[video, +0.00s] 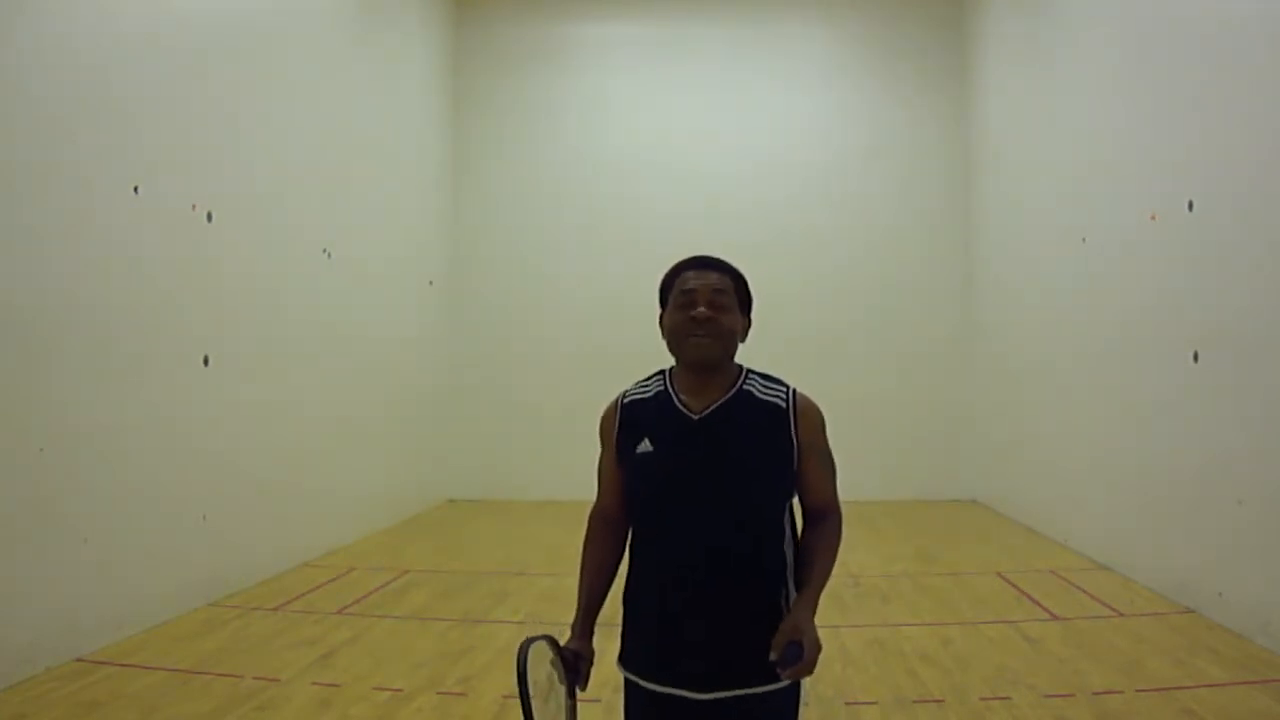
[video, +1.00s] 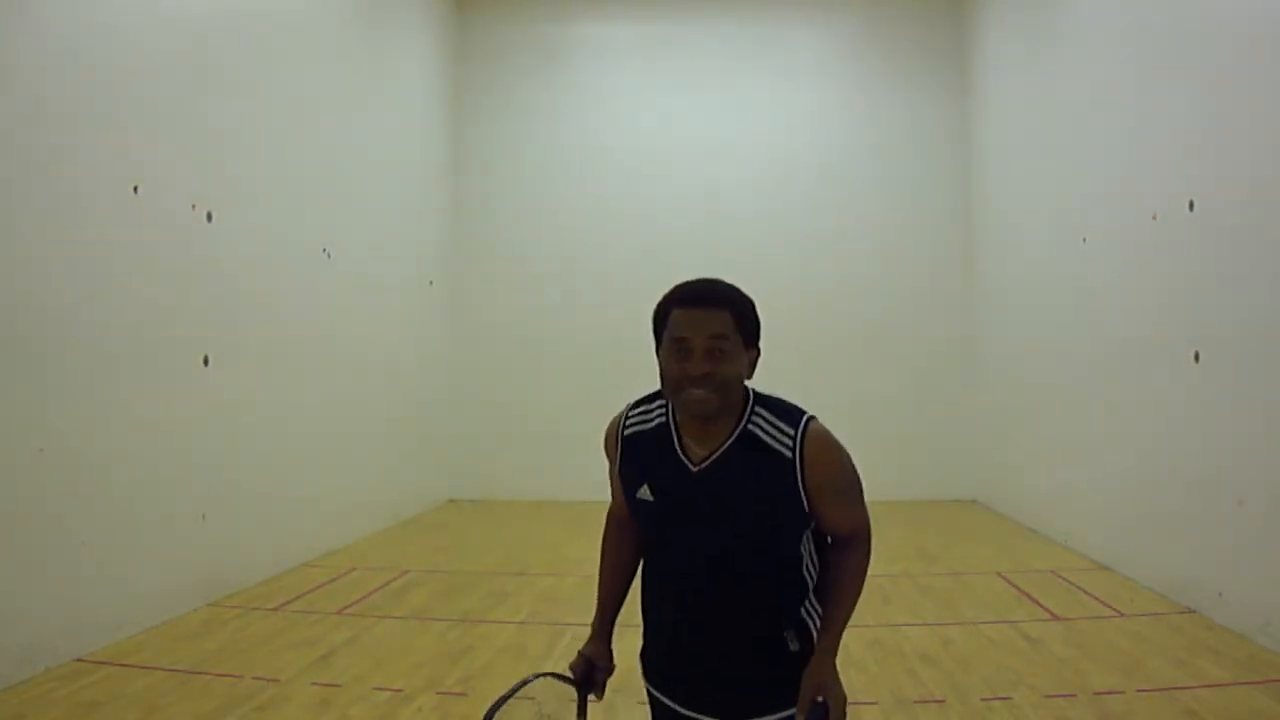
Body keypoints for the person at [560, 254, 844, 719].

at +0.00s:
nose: (702, 309)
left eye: (720, 300)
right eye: (685, 299)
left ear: (744, 325)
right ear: (662, 323)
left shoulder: (792, 414)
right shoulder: (626, 417)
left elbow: (822, 516)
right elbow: (609, 520)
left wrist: (804, 610)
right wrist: (582, 630)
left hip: (759, 672)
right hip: (656, 670)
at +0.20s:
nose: (701, 308)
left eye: (718, 299)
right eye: (684, 299)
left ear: (743, 327)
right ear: (661, 326)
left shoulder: (791, 416)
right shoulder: (624, 419)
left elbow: (820, 516)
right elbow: (608, 524)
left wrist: (799, 615)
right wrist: (584, 635)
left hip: (760, 671)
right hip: (655, 669)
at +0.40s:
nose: (702, 310)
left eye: (720, 302)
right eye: (685, 301)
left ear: (742, 328)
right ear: (660, 326)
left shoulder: (791, 415)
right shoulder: (624, 418)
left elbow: (823, 515)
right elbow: (607, 524)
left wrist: (803, 609)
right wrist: (582, 637)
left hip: (760, 670)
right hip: (655, 669)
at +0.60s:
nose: (708, 303)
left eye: (725, 296)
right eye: (692, 295)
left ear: (748, 326)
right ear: (666, 323)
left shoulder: (794, 409)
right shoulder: (626, 412)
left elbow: (833, 511)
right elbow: (607, 520)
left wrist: (808, 603)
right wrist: (579, 632)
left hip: (760, 669)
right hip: (656, 666)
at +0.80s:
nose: (704, 322)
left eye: (722, 311)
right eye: (687, 311)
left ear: (748, 333)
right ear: (662, 331)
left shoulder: (798, 420)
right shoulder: (628, 420)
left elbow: (836, 521)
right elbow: (614, 521)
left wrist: (813, 620)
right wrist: (582, 634)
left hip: (764, 677)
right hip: (661, 675)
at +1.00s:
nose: (697, 367)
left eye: (718, 350)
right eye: (680, 349)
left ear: (751, 359)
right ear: (658, 357)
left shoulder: (805, 447)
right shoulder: (629, 436)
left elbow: (851, 541)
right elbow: (625, 521)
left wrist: (825, 656)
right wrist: (600, 635)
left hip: (778, 687)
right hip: (675, 683)